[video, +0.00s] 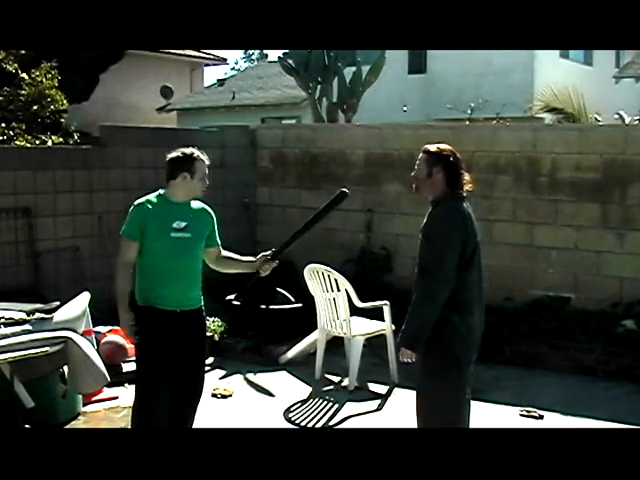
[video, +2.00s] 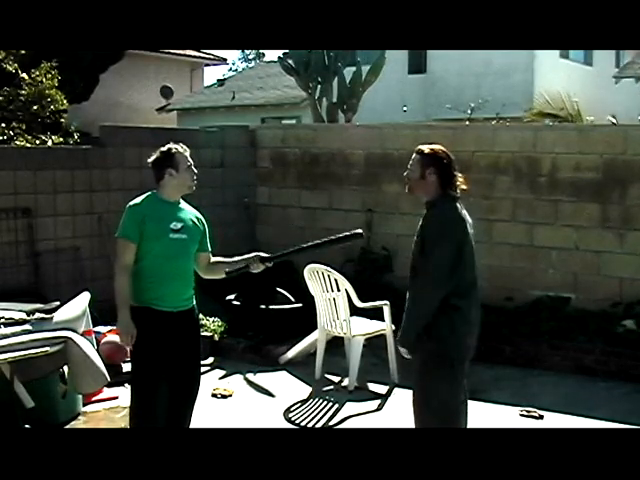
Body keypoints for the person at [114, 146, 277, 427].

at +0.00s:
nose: (207, 183)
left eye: (207, 177)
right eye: (203, 177)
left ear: (187, 178)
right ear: (184, 176)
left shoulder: (204, 215)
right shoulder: (144, 210)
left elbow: (216, 258)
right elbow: (126, 262)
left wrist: (255, 264)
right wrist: (124, 311)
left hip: (191, 317)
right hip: (154, 316)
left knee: (188, 392)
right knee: (153, 392)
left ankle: (179, 430)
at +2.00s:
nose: (195, 172)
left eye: (194, 166)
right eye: (189, 167)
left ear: (175, 173)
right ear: (170, 173)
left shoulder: (195, 218)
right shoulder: (139, 210)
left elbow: (205, 267)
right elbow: (123, 266)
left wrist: (245, 262)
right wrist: (124, 317)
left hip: (185, 319)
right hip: (149, 318)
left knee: (184, 392)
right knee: (149, 395)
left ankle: (176, 430)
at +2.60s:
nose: (192, 170)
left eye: (190, 164)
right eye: (186, 165)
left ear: (174, 173)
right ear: (168, 173)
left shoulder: (196, 215)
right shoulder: (139, 213)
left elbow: (207, 267)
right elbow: (126, 270)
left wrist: (236, 304)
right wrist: (130, 321)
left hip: (188, 319)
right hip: (152, 319)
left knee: (185, 398)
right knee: (151, 399)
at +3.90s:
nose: (169, 168)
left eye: (167, 163)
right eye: (161, 165)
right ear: (145, 177)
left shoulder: (183, 212)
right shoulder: (126, 216)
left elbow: (195, 267)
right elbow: (114, 271)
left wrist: (210, 311)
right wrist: (125, 313)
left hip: (181, 321)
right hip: (142, 324)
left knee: (179, 406)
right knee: (144, 408)